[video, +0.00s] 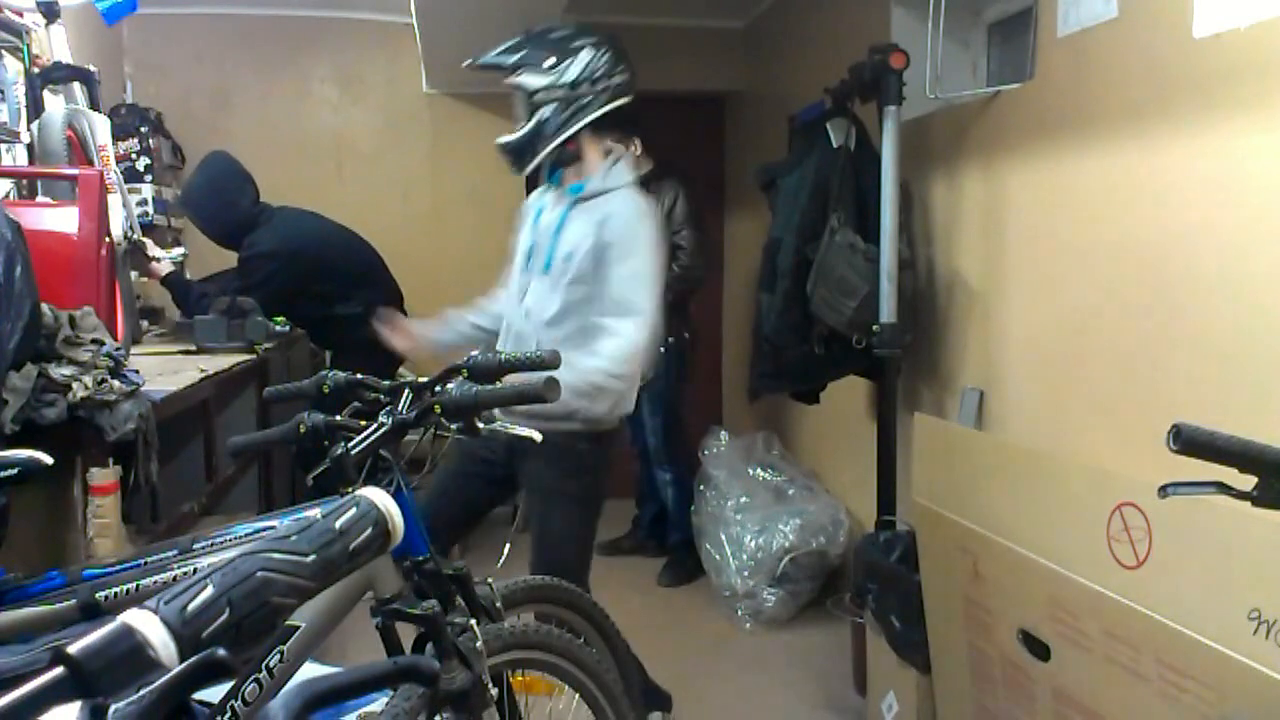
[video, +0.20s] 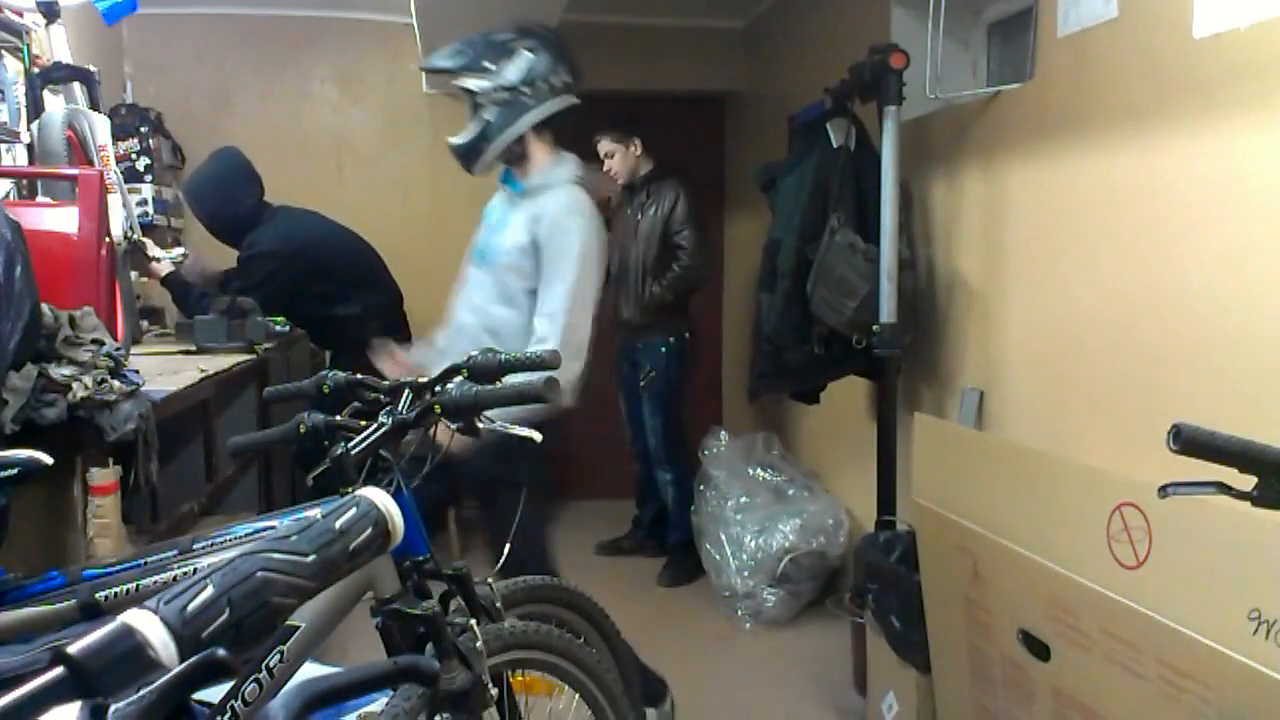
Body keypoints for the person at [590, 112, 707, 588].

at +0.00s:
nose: (611, 164)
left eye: (614, 155)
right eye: (607, 157)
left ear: (636, 149)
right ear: (615, 157)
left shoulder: (669, 193)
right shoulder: (615, 202)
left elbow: (690, 263)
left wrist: (654, 299)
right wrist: (614, 299)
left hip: (665, 328)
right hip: (629, 325)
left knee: (662, 437)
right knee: (640, 436)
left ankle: (684, 543)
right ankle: (649, 527)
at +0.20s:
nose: (606, 166)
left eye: (610, 156)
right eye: (602, 159)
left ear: (636, 149)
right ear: (615, 160)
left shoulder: (671, 193)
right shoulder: (626, 202)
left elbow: (691, 259)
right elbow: (621, 260)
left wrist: (655, 296)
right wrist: (614, 293)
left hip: (662, 334)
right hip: (629, 333)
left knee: (663, 440)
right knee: (639, 439)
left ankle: (685, 545)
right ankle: (649, 528)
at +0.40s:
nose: (607, 167)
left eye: (611, 156)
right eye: (603, 160)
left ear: (638, 148)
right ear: (613, 161)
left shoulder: (672, 192)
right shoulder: (624, 204)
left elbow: (694, 263)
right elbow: (624, 269)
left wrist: (653, 297)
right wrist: (601, 265)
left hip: (664, 334)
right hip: (631, 333)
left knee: (664, 441)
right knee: (640, 441)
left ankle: (683, 546)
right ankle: (650, 530)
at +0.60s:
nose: (608, 167)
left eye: (612, 156)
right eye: (603, 160)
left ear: (638, 148)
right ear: (614, 160)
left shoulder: (672, 192)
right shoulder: (625, 204)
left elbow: (695, 262)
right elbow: (627, 265)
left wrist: (654, 299)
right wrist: (603, 265)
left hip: (665, 335)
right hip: (632, 334)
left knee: (664, 442)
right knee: (640, 442)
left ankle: (683, 545)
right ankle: (649, 530)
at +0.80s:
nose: (608, 167)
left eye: (613, 156)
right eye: (604, 160)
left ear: (639, 148)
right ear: (615, 160)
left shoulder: (673, 193)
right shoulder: (625, 205)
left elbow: (695, 262)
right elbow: (626, 264)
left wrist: (655, 298)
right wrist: (603, 265)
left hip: (665, 335)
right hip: (632, 334)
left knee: (664, 442)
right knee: (640, 442)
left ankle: (683, 545)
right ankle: (649, 531)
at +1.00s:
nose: (609, 167)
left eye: (613, 157)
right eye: (604, 160)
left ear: (640, 148)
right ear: (613, 161)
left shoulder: (674, 193)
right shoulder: (626, 204)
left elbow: (695, 262)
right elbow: (626, 263)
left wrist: (656, 298)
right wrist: (603, 266)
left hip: (666, 335)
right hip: (633, 334)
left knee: (664, 441)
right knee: (640, 441)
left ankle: (684, 545)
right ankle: (649, 530)